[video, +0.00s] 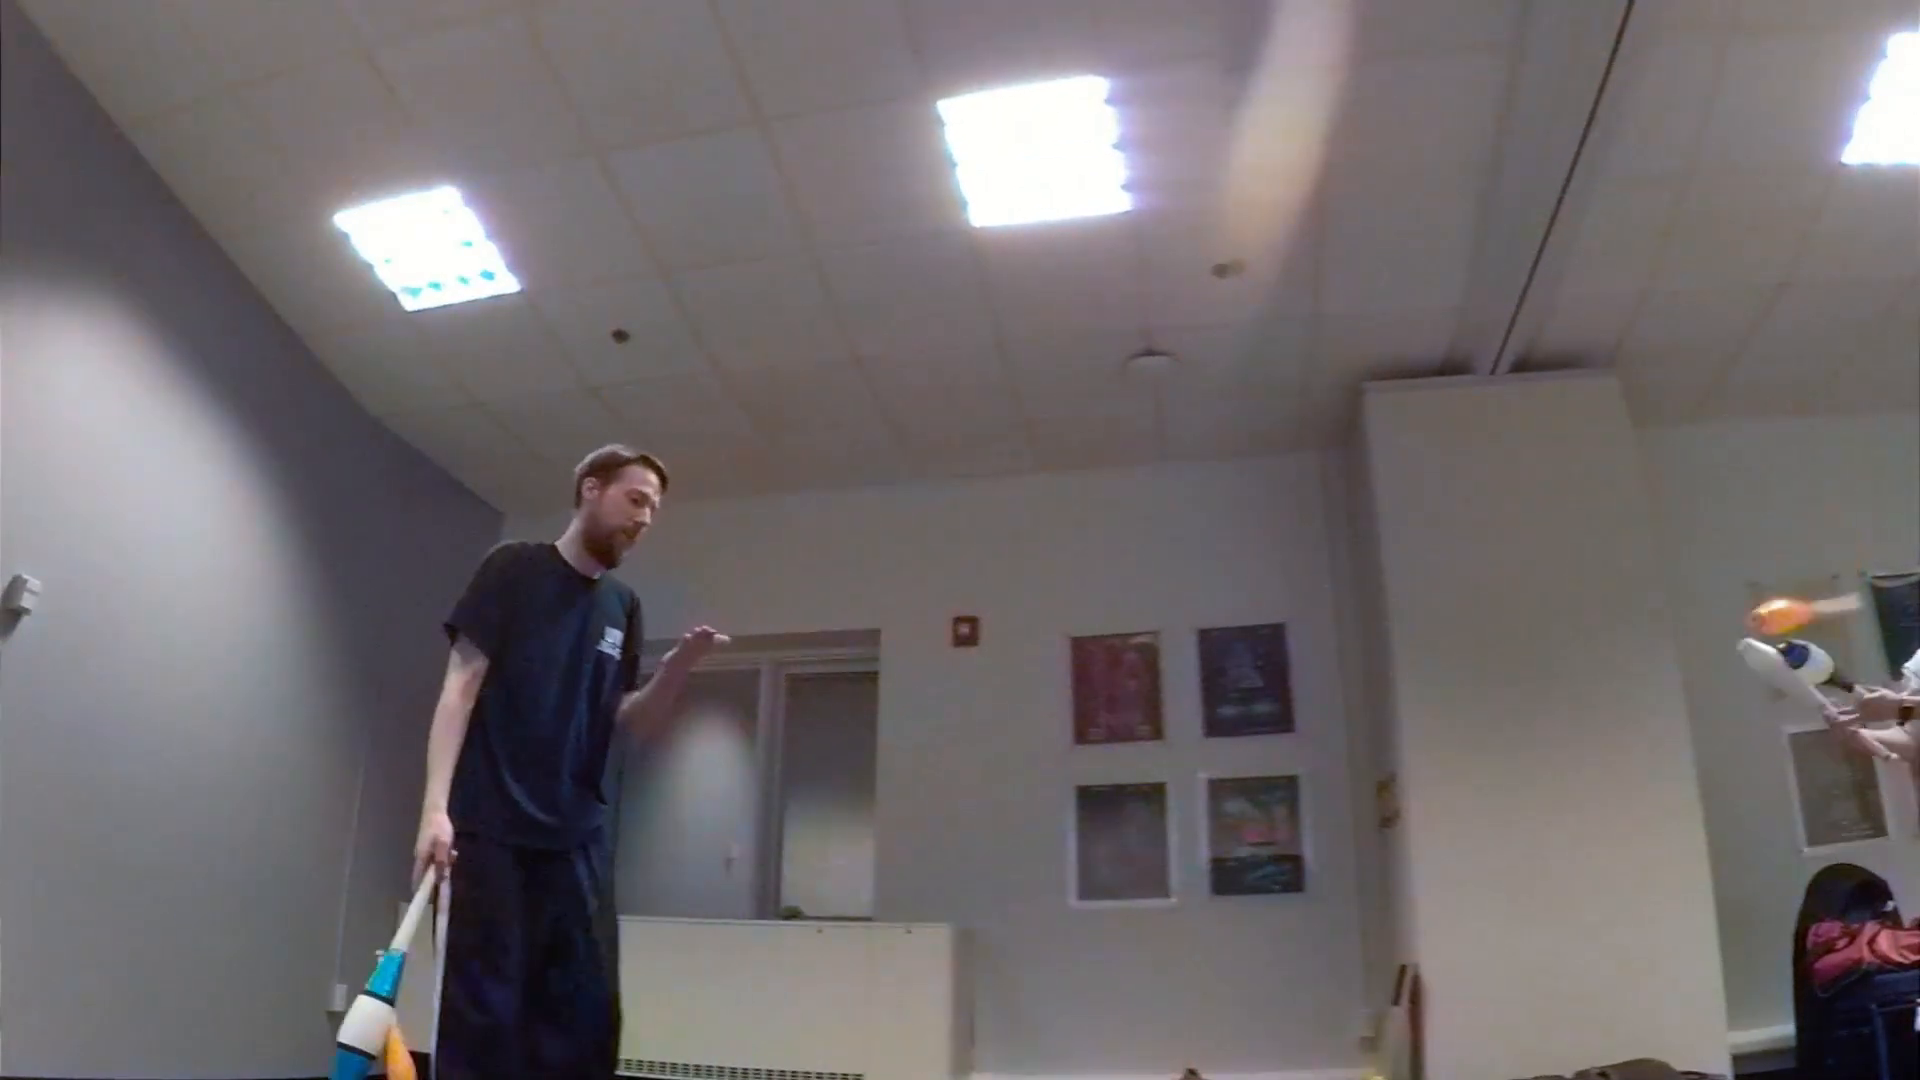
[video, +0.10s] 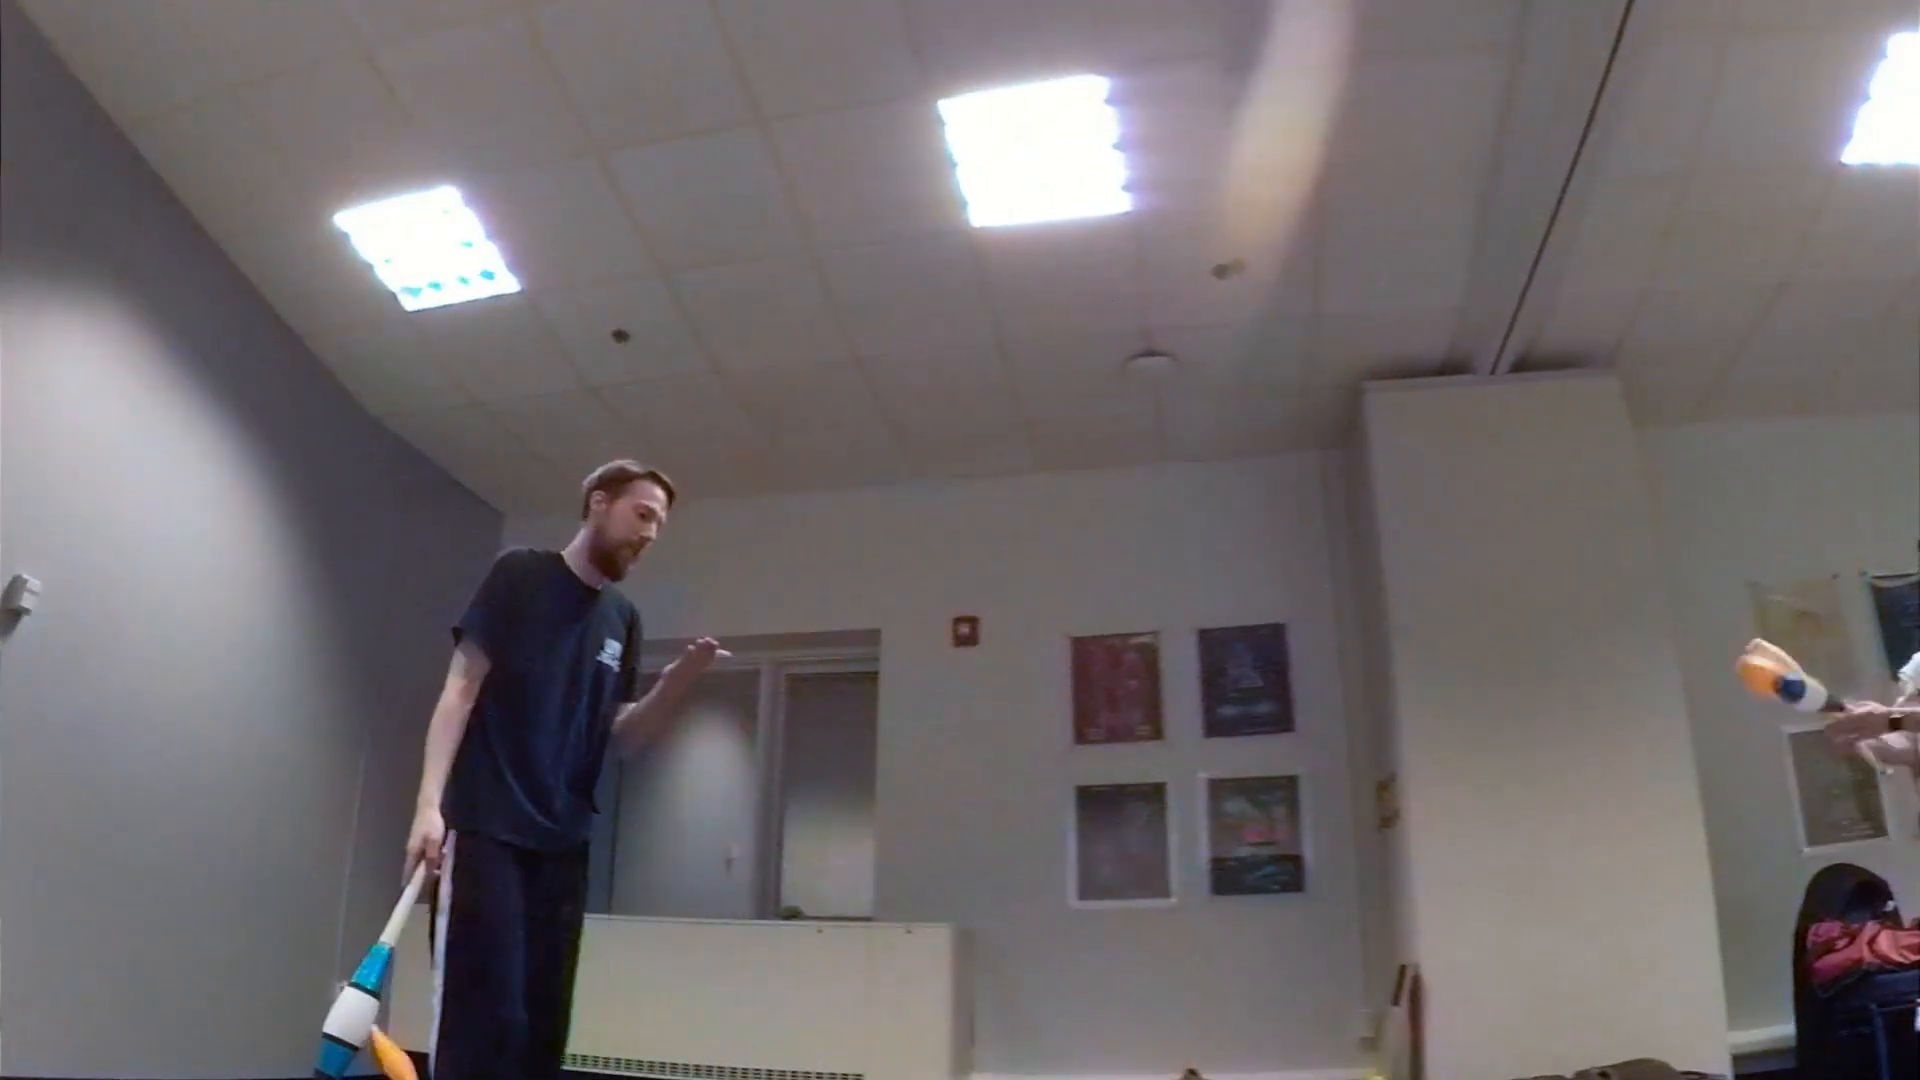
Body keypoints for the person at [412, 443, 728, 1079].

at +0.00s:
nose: (645, 518)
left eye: (653, 509)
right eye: (635, 499)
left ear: (653, 521)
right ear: (590, 489)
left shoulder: (621, 606)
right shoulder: (513, 568)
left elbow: (631, 721)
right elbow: (460, 687)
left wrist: (680, 667)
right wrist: (435, 809)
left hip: (575, 839)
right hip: (491, 832)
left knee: (585, 1020)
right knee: (485, 1015)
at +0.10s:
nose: (649, 533)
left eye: (658, 524)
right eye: (642, 514)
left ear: (657, 535)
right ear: (597, 501)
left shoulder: (620, 618)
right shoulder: (520, 573)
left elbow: (622, 732)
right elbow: (459, 691)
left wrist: (675, 683)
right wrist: (428, 807)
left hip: (561, 841)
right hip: (484, 831)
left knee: (542, 1029)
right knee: (485, 1019)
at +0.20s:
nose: (658, 551)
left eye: (666, 541)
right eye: (652, 531)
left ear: (663, 550)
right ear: (608, 515)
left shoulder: (617, 628)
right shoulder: (524, 577)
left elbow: (612, 740)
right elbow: (462, 689)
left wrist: (672, 698)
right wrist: (429, 804)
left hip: (555, 844)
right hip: (486, 832)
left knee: (543, 1028)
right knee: (493, 1023)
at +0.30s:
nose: (656, 555)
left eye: (664, 546)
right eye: (650, 535)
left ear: (661, 556)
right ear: (607, 518)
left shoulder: (610, 631)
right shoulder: (526, 574)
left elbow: (599, 740)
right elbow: (462, 682)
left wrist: (661, 707)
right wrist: (432, 797)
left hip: (552, 836)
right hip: (485, 821)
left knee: (543, 1018)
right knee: (506, 1010)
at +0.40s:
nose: (645, 551)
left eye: (654, 542)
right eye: (640, 531)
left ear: (652, 552)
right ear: (598, 515)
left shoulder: (603, 629)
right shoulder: (521, 571)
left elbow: (590, 738)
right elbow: (459, 677)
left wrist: (653, 702)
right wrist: (441, 787)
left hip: (550, 834)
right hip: (488, 820)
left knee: (540, 1012)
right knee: (499, 1006)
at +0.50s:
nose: (635, 547)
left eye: (643, 539)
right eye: (628, 528)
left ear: (642, 550)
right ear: (587, 514)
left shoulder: (591, 626)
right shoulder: (513, 570)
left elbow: (583, 736)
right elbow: (452, 678)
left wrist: (647, 694)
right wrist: (450, 788)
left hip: (545, 837)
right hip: (488, 824)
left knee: (536, 1013)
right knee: (487, 1003)